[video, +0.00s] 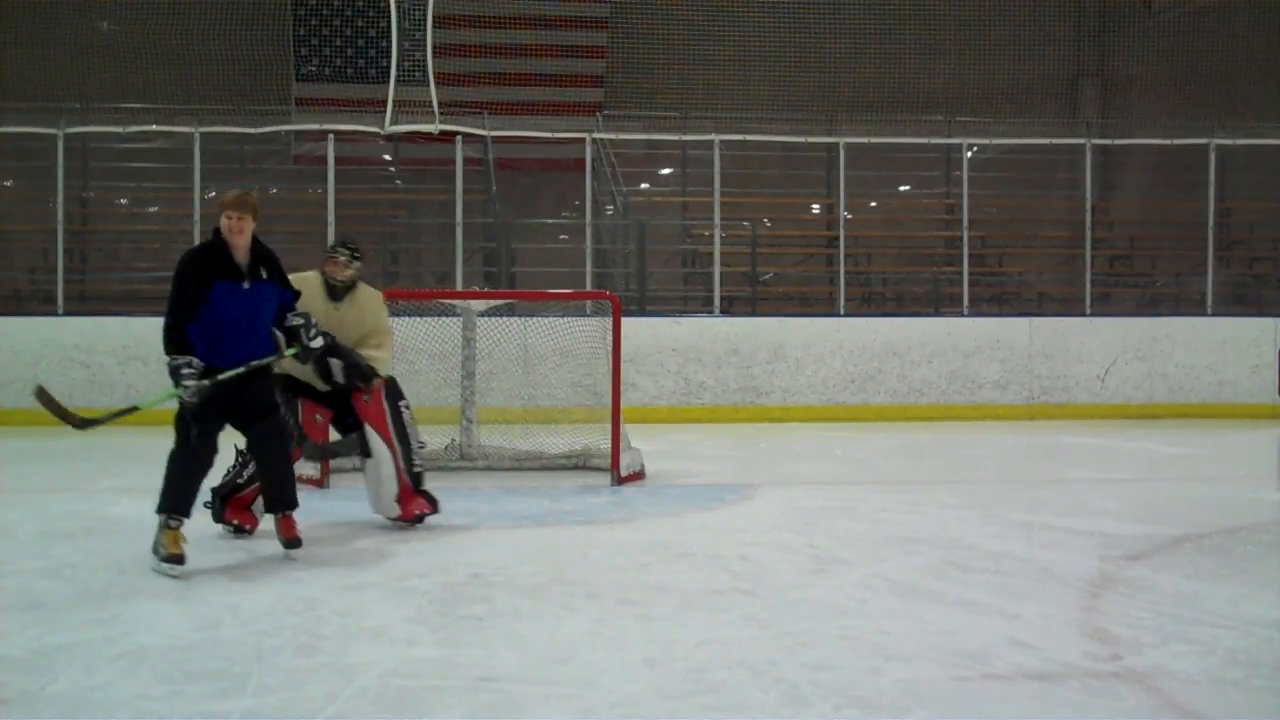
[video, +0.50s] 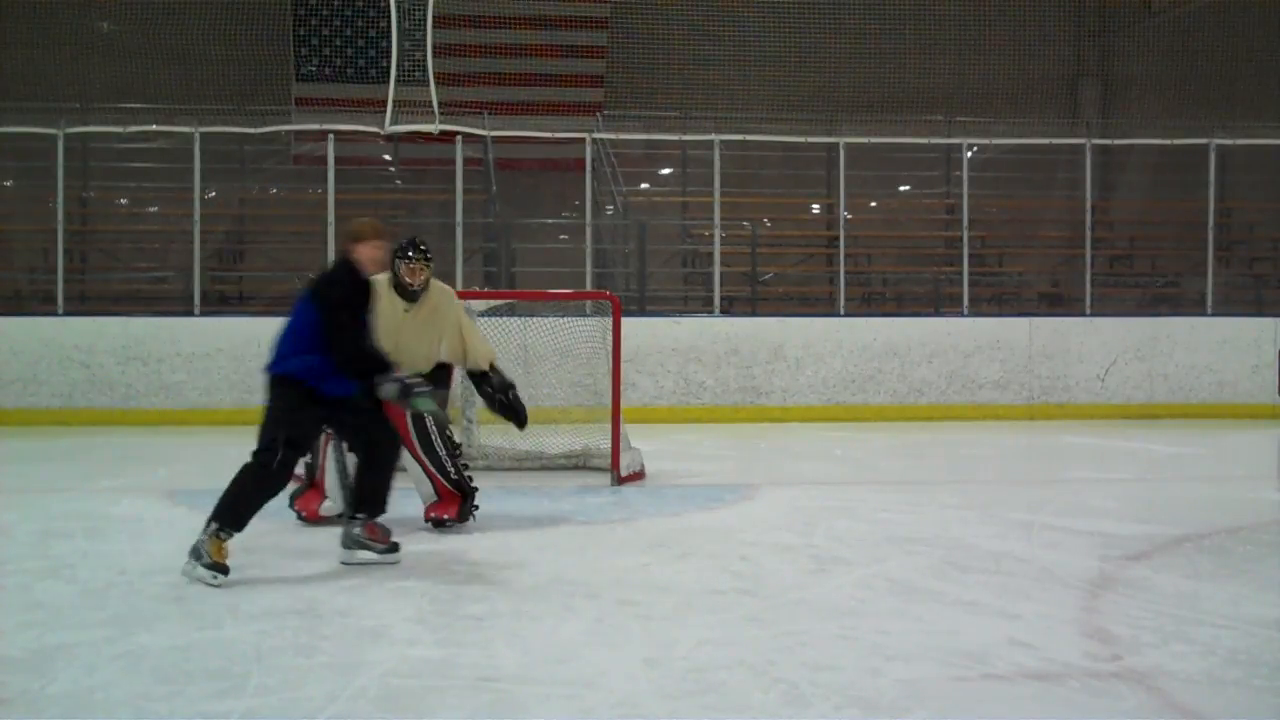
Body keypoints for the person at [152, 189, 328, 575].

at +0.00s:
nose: (232, 223)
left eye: (240, 218)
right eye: (227, 217)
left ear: (253, 222)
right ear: (219, 221)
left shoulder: (267, 261)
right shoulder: (198, 261)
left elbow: (286, 308)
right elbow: (176, 321)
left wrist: (306, 335)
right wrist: (184, 369)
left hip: (255, 371)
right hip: (206, 374)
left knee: (272, 438)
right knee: (195, 448)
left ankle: (283, 513)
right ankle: (171, 527)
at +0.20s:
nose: (268, 228)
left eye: (276, 222)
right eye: (262, 220)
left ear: (286, 228)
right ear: (249, 223)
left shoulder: (288, 266)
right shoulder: (227, 265)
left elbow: (299, 312)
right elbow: (214, 328)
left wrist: (316, 326)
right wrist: (230, 377)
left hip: (279, 374)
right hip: (232, 376)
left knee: (304, 442)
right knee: (230, 454)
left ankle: (298, 522)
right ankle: (193, 535)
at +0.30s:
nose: (300, 238)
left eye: (306, 231)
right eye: (293, 230)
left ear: (311, 237)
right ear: (274, 232)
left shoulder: (303, 278)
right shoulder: (253, 274)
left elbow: (305, 329)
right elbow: (243, 339)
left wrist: (322, 353)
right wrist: (268, 378)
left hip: (291, 380)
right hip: (246, 380)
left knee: (330, 441)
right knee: (244, 456)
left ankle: (316, 525)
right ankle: (200, 535)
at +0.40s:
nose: (335, 253)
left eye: (340, 246)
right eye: (328, 244)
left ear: (344, 251)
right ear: (309, 245)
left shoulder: (319, 288)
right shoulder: (290, 282)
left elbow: (325, 344)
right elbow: (295, 349)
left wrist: (347, 374)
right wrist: (329, 378)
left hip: (302, 389)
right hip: (266, 388)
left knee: (356, 441)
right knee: (261, 464)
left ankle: (343, 524)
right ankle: (207, 537)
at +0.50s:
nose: (382, 254)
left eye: (384, 247)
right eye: (375, 247)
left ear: (381, 252)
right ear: (354, 248)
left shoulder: (359, 286)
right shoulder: (339, 283)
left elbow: (357, 343)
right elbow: (346, 344)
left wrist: (384, 374)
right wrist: (381, 376)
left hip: (339, 386)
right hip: (300, 383)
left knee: (382, 441)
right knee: (275, 462)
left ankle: (362, 527)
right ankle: (213, 539)